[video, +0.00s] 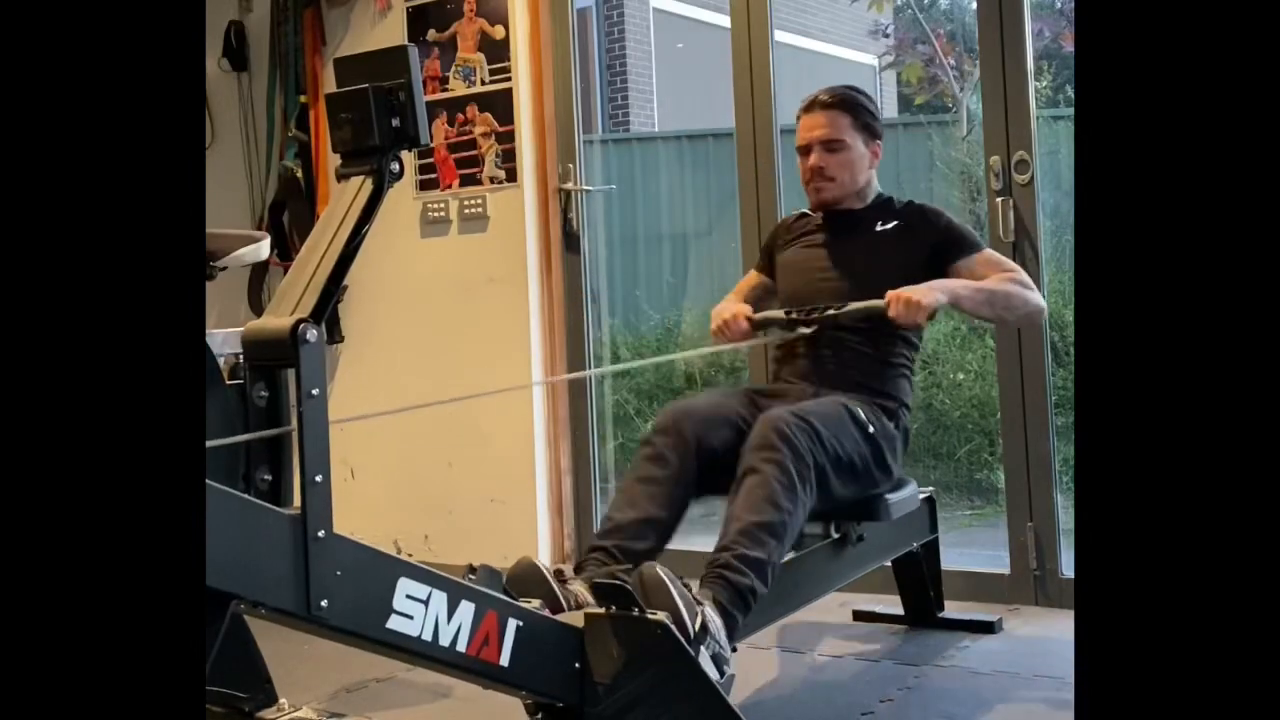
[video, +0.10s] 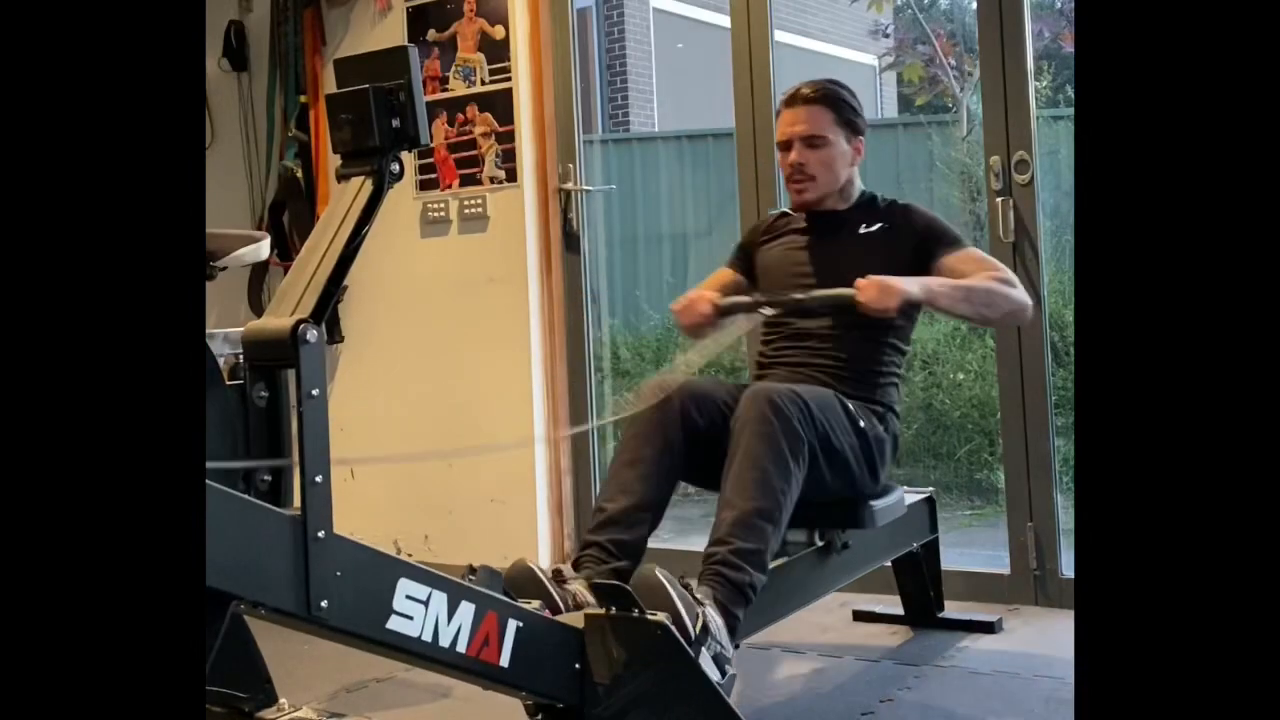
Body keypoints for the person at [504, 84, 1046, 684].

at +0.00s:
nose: (813, 161)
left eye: (830, 147)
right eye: (804, 149)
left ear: (874, 153)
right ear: (798, 157)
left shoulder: (918, 228)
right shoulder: (788, 235)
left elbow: (1029, 302)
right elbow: (737, 303)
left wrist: (944, 292)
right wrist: (732, 314)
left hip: (862, 413)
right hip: (772, 401)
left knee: (780, 433)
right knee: (680, 423)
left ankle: (716, 620)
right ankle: (593, 588)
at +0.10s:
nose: (793, 160)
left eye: (811, 145)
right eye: (784, 147)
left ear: (856, 149)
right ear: (777, 154)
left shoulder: (906, 229)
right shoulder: (768, 235)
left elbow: (1015, 302)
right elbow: (698, 313)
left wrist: (919, 289)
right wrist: (694, 310)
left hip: (855, 436)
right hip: (759, 427)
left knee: (769, 402)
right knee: (671, 397)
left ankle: (716, 623)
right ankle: (591, 587)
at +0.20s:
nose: (771, 146)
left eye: (789, 130)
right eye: (761, 133)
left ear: (835, 140)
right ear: (752, 144)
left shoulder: (878, 215)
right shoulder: (741, 226)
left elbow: (961, 279)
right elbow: (666, 283)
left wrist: (859, 277)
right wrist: (630, 296)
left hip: (839, 454)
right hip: (742, 442)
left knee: (754, 374)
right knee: (645, 369)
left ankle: (715, 616)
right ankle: (586, 575)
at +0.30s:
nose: (737, 135)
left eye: (757, 119)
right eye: (728, 122)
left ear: (803, 133)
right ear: (719, 132)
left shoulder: (840, 205)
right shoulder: (706, 218)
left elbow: (889, 264)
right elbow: (622, 272)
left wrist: (785, 277)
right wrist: (559, 294)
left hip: (812, 465)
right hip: (718, 459)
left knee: (742, 347)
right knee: (617, 350)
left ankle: (708, 598)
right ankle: (586, 574)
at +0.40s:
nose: (693, 135)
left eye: (716, 118)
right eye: (684, 120)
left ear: (767, 132)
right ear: (675, 131)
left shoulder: (803, 206)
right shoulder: (662, 221)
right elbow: (572, 278)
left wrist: (713, 306)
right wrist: (486, 321)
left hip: (786, 474)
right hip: (691, 470)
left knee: (732, 331)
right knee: (594, 326)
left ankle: (703, 580)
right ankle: (579, 566)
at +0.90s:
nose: (764, 140)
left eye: (785, 126)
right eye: (755, 129)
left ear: (829, 142)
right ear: (744, 142)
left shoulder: (854, 203)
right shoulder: (727, 218)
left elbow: (843, 263)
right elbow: (647, 275)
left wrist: (781, 287)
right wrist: (573, 313)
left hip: (828, 448)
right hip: (741, 436)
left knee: (755, 363)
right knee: (627, 368)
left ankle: (705, 601)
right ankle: (577, 575)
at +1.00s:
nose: (799, 145)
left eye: (819, 132)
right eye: (791, 134)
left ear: (861, 146)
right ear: (781, 144)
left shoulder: (884, 208)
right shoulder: (759, 219)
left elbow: (894, 268)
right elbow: (688, 278)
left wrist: (835, 288)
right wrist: (629, 309)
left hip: (854, 414)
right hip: (758, 403)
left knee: (777, 406)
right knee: (653, 410)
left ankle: (710, 614)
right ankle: (578, 586)